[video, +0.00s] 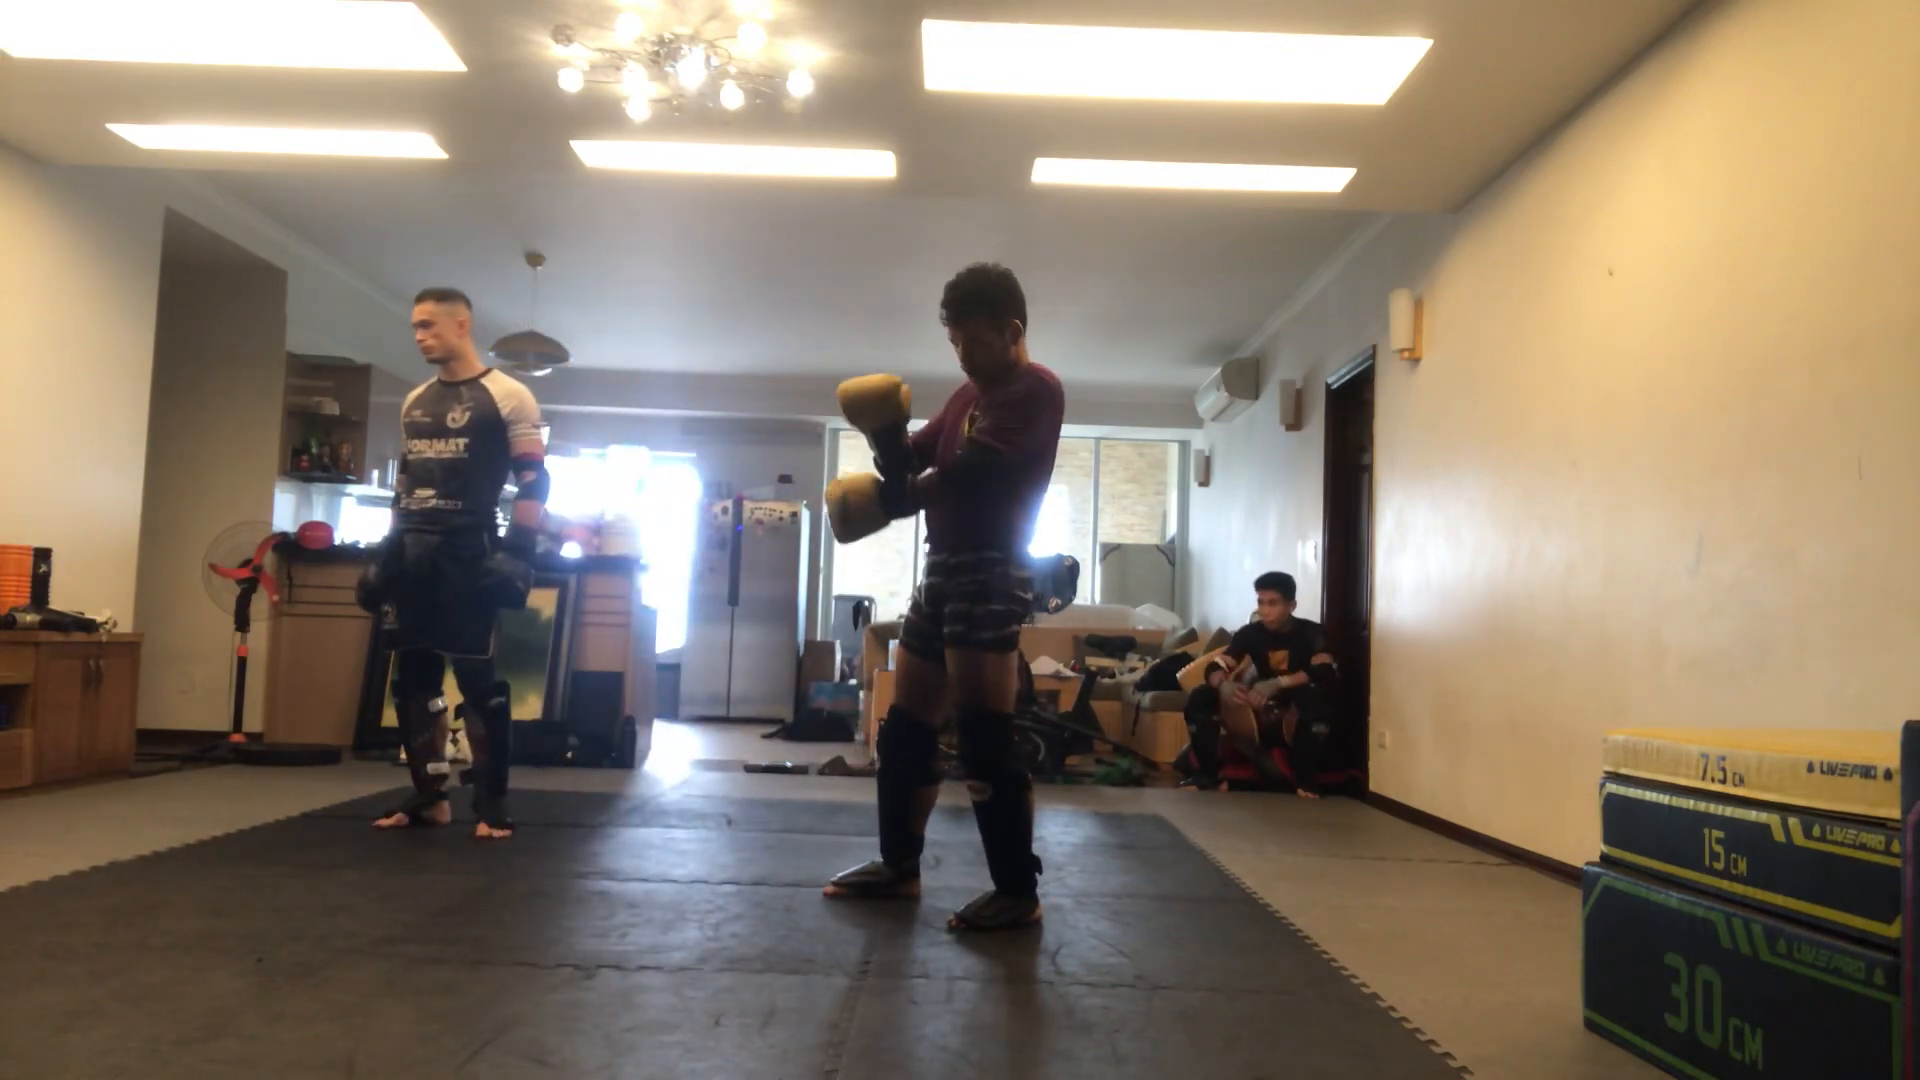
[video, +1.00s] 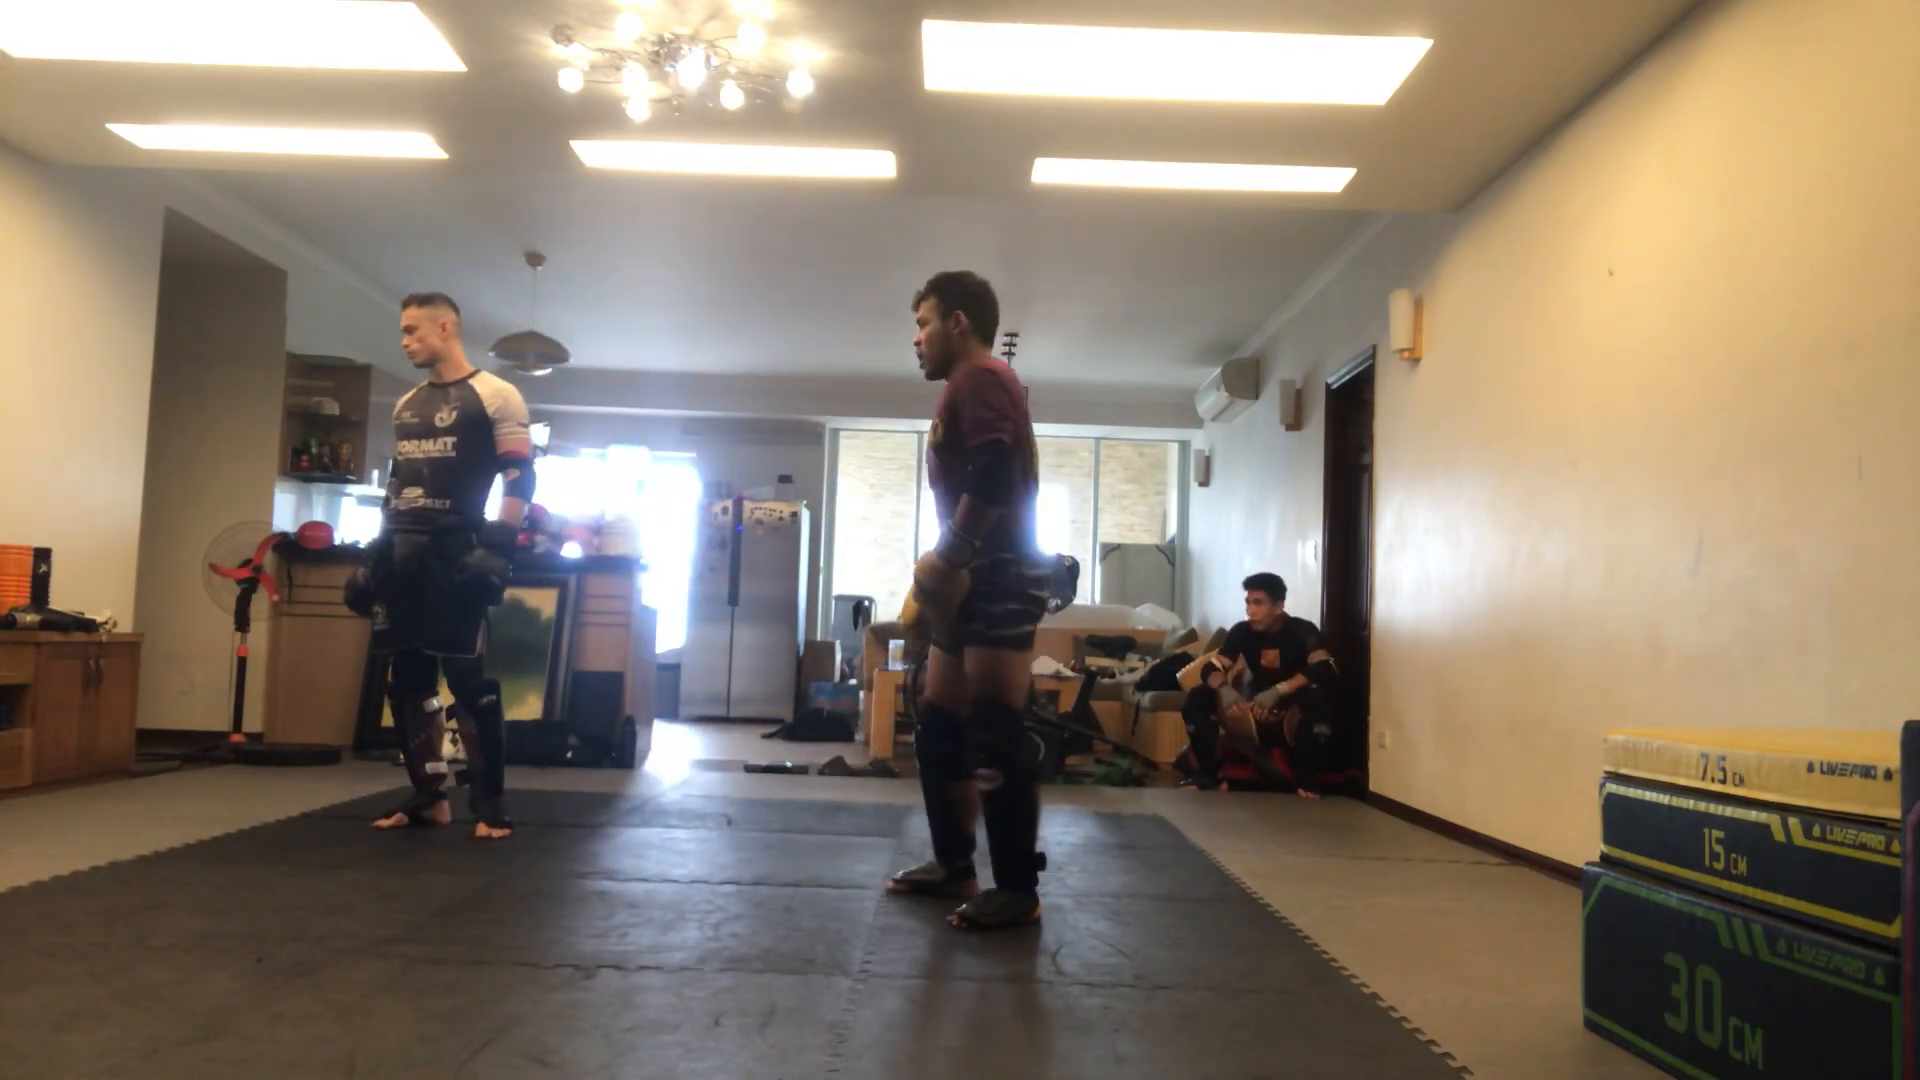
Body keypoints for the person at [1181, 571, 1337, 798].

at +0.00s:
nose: (1264, 610)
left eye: (1272, 604)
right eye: (1261, 603)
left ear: (1291, 605)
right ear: (1257, 603)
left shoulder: (1311, 632)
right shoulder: (1249, 634)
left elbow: (1324, 671)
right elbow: (1214, 669)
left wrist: (1276, 683)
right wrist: (1226, 687)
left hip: (1294, 713)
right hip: (1252, 712)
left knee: (1316, 700)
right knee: (1200, 698)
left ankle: (1305, 781)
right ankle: (1209, 775)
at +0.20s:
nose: (1257, 611)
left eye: (1265, 605)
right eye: (1254, 604)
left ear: (1285, 607)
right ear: (1250, 604)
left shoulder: (1309, 632)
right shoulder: (1246, 633)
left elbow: (1325, 671)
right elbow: (1214, 670)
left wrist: (1276, 688)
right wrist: (1229, 691)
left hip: (1294, 709)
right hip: (1252, 709)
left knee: (1317, 700)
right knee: (1200, 699)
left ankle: (1306, 780)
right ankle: (1209, 775)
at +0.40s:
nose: (1252, 612)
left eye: (1260, 605)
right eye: (1250, 605)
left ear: (1280, 607)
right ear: (1246, 604)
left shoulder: (1305, 630)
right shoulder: (1244, 633)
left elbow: (1325, 668)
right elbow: (1213, 669)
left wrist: (1279, 690)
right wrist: (1227, 691)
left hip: (1292, 716)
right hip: (1252, 715)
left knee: (1317, 701)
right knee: (1200, 699)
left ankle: (1306, 782)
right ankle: (1209, 775)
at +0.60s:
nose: (1251, 612)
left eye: (1258, 605)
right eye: (1248, 605)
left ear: (1279, 607)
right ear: (1244, 604)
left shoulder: (1304, 631)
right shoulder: (1243, 633)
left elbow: (1324, 668)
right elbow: (1212, 669)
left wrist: (1279, 690)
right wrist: (1227, 691)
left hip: (1292, 716)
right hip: (1252, 714)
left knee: (1317, 702)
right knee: (1199, 698)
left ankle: (1307, 782)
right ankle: (1209, 775)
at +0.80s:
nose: (1250, 611)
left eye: (1257, 604)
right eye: (1247, 604)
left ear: (1278, 606)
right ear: (1244, 604)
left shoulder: (1303, 631)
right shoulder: (1243, 632)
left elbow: (1324, 668)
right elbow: (1212, 669)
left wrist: (1278, 691)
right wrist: (1227, 691)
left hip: (1293, 713)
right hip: (1252, 712)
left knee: (1317, 702)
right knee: (1198, 699)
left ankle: (1307, 781)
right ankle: (1208, 775)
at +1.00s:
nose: (1250, 610)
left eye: (1257, 603)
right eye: (1248, 603)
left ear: (1279, 605)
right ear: (1245, 603)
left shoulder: (1303, 631)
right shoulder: (1242, 632)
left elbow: (1324, 667)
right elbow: (1211, 669)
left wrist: (1277, 691)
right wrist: (1224, 689)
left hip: (1294, 708)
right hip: (1252, 708)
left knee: (1317, 704)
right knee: (1197, 699)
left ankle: (1307, 781)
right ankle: (1208, 775)